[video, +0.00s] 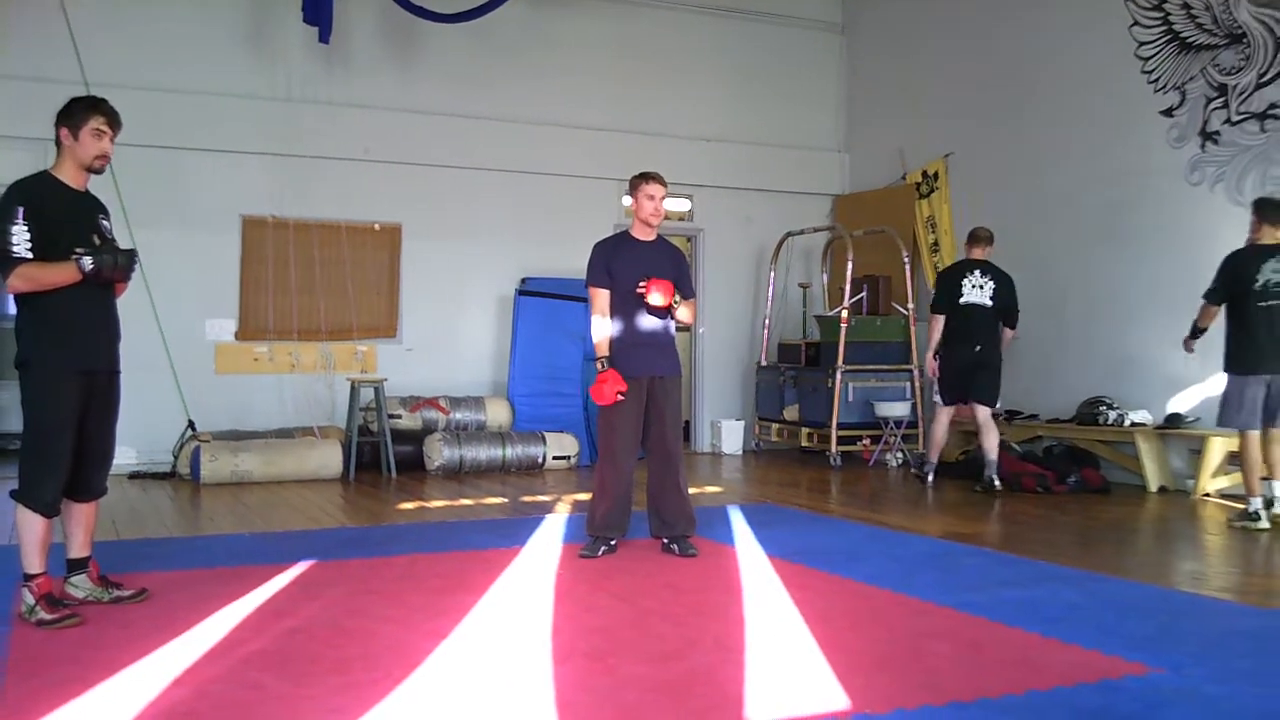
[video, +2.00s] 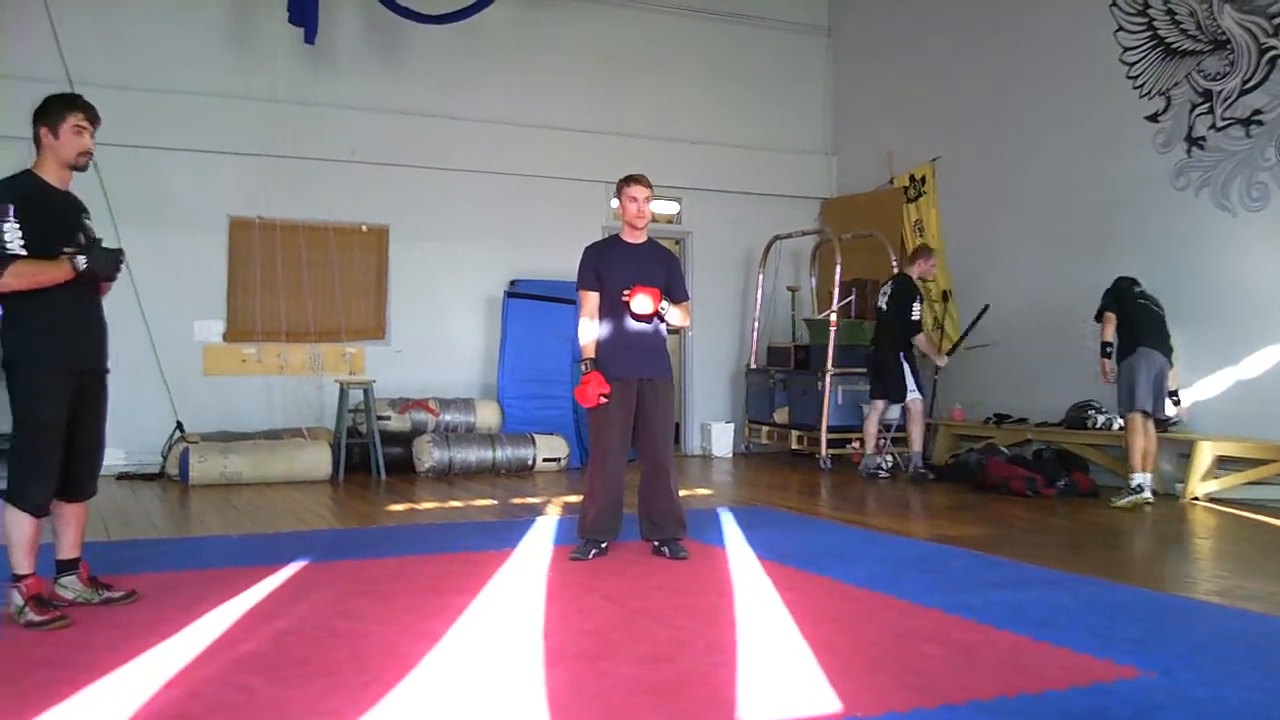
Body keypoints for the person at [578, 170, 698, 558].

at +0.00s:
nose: (657, 206)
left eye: (661, 199)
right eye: (650, 198)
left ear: (666, 205)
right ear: (632, 201)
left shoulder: (674, 255)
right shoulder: (607, 250)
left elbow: (689, 316)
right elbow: (600, 313)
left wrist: (672, 302)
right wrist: (602, 364)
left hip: (666, 367)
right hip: (623, 366)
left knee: (667, 452)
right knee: (616, 453)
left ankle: (673, 531)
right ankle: (605, 533)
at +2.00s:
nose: (640, 207)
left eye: (645, 201)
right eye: (632, 200)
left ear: (652, 206)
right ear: (618, 205)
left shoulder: (666, 258)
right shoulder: (597, 253)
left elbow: (683, 317)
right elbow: (588, 315)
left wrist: (661, 307)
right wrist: (589, 365)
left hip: (657, 370)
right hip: (612, 369)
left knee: (659, 455)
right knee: (606, 454)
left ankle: (664, 534)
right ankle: (596, 535)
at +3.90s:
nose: (640, 219)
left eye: (646, 211)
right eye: (636, 213)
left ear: (666, 210)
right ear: (634, 215)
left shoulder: (696, 258)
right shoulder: (626, 261)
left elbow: (717, 317)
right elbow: (618, 316)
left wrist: (684, 304)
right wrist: (615, 338)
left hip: (678, 375)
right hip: (632, 375)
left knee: (689, 456)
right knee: (634, 458)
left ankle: (703, 535)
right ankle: (635, 538)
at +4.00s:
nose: (666, 220)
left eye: (673, 212)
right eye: (661, 214)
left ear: (692, 210)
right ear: (659, 216)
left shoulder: (722, 258)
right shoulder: (655, 263)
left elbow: (746, 317)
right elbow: (646, 317)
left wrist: (711, 302)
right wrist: (638, 335)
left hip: (705, 376)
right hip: (660, 376)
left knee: (719, 457)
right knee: (666, 460)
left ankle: (738, 536)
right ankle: (670, 538)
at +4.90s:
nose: (706, 235)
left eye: (713, 228)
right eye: (699, 228)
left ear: (724, 219)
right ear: (689, 217)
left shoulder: (741, 260)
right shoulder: (666, 255)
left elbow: (759, 316)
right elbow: (655, 317)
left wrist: (734, 328)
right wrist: (654, 375)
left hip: (726, 382)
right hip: (681, 380)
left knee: (722, 464)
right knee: (688, 463)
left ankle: (716, 552)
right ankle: (701, 544)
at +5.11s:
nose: (741, 236)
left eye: (749, 230)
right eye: (735, 227)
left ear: (761, 220)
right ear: (725, 212)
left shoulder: (770, 261)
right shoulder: (695, 247)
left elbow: (786, 317)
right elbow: (674, 306)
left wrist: (759, 331)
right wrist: (673, 364)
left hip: (747, 383)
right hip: (700, 379)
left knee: (742, 463)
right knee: (710, 462)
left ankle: (736, 550)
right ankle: (725, 533)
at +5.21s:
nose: (738, 231)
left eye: (747, 225)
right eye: (733, 222)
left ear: (761, 216)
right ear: (724, 206)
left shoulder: (771, 260)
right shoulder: (695, 241)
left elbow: (786, 315)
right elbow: (675, 302)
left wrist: (759, 327)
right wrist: (671, 361)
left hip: (745, 381)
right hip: (696, 374)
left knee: (742, 462)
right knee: (693, 452)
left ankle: (737, 549)